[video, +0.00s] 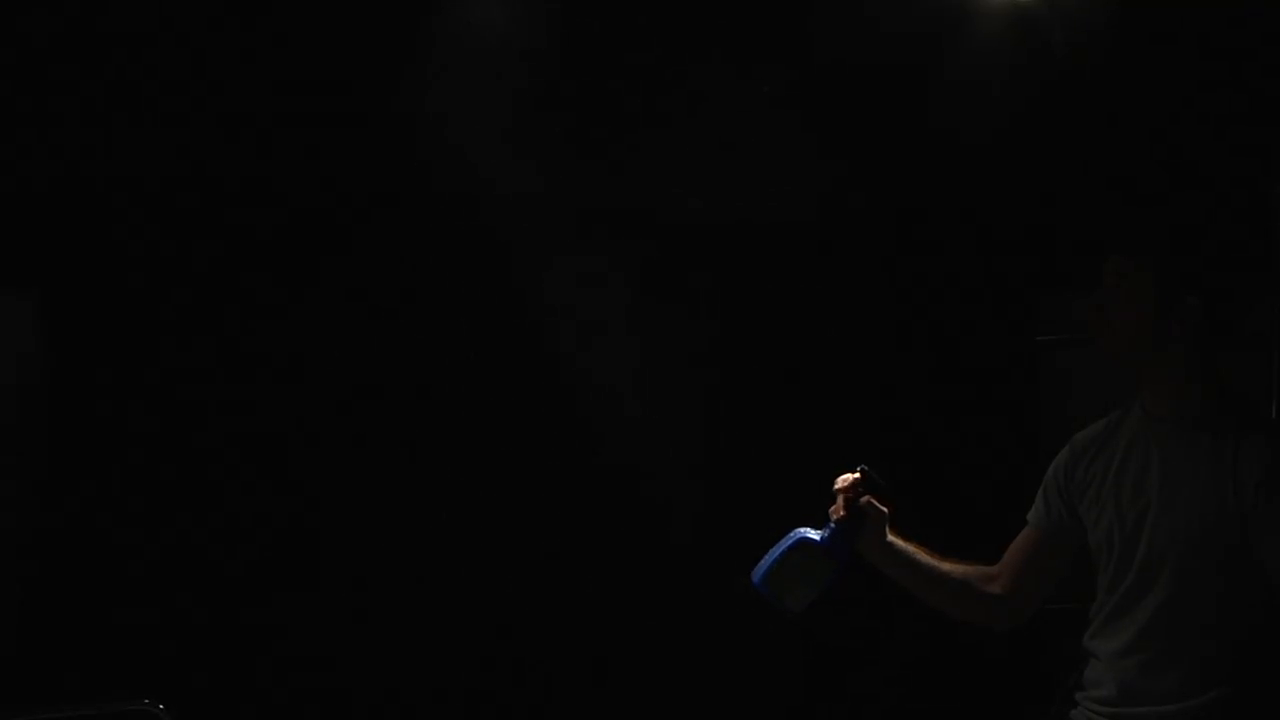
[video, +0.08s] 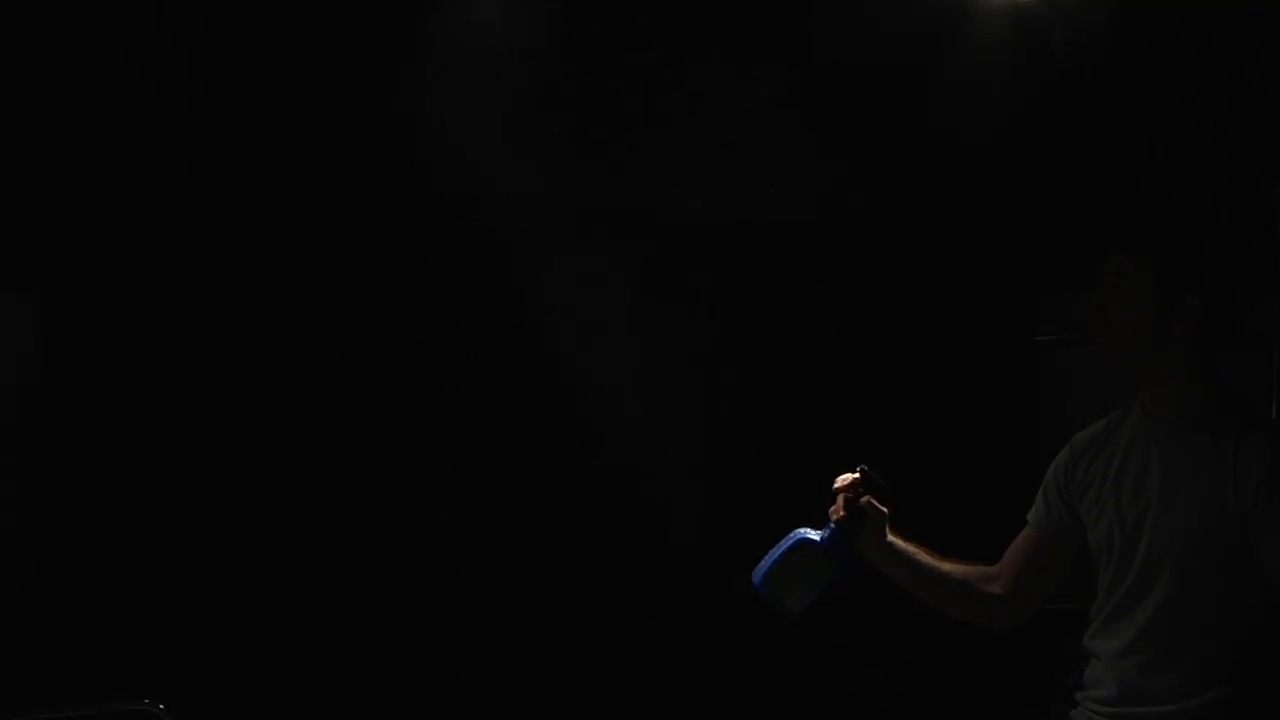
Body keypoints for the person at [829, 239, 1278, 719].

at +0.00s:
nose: (1101, 311)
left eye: (1122, 292)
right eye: (1107, 292)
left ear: (1178, 308)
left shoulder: (1246, 445)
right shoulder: (1092, 456)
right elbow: (1003, 595)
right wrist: (880, 544)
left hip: (1215, 699)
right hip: (1105, 699)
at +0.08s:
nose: (1101, 313)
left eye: (1122, 296)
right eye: (1107, 296)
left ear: (1177, 311)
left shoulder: (1246, 445)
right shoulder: (1093, 454)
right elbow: (1003, 595)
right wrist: (879, 543)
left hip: (1214, 698)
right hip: (1106, 698)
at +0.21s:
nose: (1101, 312)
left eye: (1122, 294)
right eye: (1107, 294)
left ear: (1177, 311)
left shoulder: (1245, 445)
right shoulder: (1093, 454)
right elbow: (1003, 595)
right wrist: (880, 544)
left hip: (1213, 699)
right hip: (1105, 700)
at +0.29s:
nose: (1102, 313)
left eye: (1123, 295)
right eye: (1109, 295)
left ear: (1179, 311)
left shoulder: (1246, 444)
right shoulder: (1093, 456)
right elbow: (1005, 593)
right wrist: (881, 545)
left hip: (1215, 696)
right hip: (1107, 697)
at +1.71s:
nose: (1106, 310)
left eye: (1127, 290)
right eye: (1111, 290)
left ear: (1185, 306)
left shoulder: (1252, 443)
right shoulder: (1093, 457)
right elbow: (1002, 592)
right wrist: (883, 537)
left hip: (1222, 697)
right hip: (1105, 700)